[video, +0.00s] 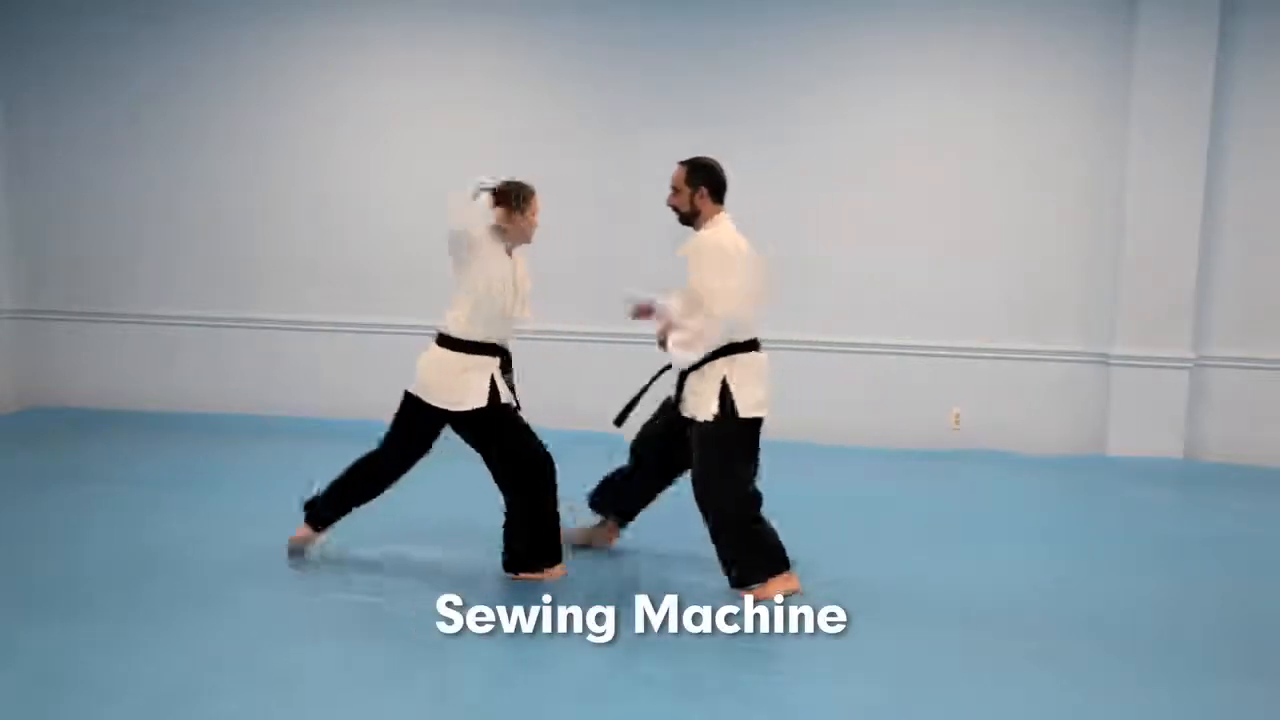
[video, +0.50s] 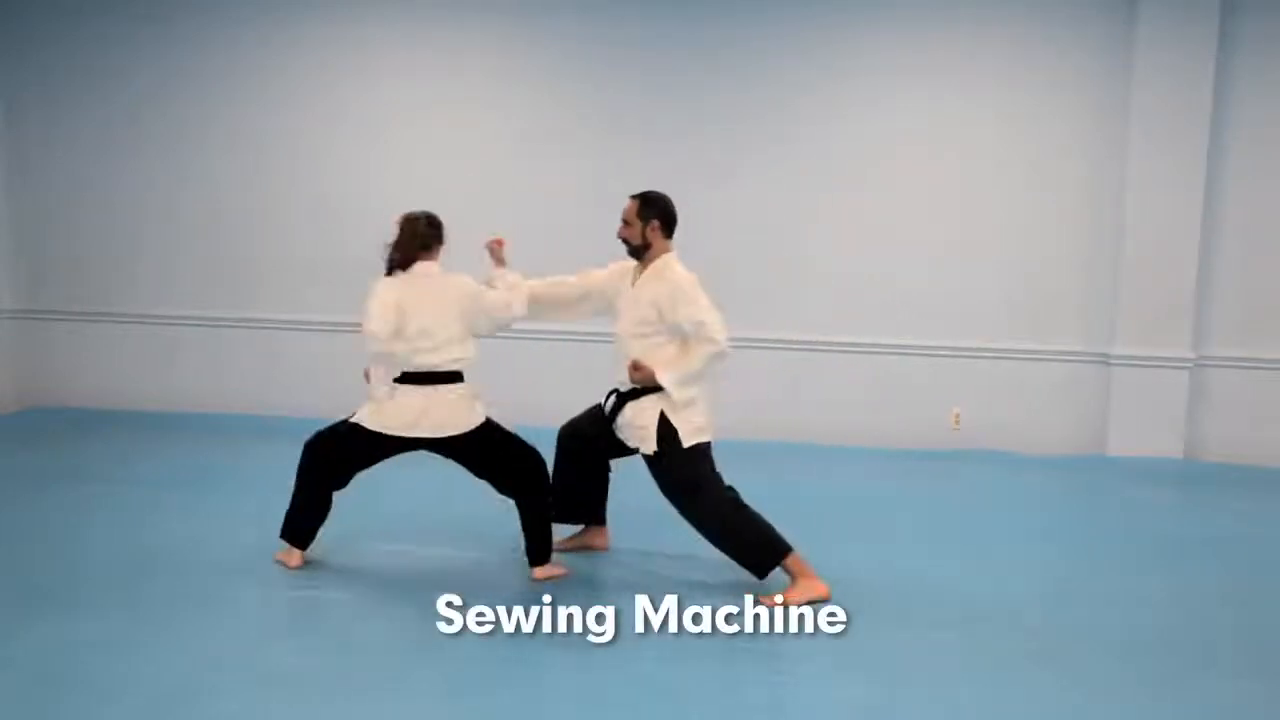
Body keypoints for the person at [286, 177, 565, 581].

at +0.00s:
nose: (538, 224)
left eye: (537, 216)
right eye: (533, 216)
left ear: (511, 217)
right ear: (511, 218)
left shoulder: (512, 260)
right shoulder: (476, 248)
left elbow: (500, 334)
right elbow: (462, 228)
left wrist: (510, 392)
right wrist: (476, 195)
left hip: (439, 376)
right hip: (464, 382)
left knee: (391, 459)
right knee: (532, 466)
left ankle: (315, 521)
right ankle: (527, 563)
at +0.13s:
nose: (495, 230)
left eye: (495, 222)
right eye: (493, 222)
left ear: (449, 223)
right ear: (478, 224)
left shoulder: (414, 265)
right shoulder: (475, 263)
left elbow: (395, 321)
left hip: (400, 393)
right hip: (455, 398)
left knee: (354, 466)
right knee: (527, 458)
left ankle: (306, 547)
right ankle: (527, 553)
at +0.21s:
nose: (473, 229)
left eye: (469, 221)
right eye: (466, 224)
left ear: (415, 233)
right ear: (451, 233)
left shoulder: (383, 275)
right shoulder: (470, 273)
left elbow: (341, 305)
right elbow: (506, 286)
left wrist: (380, 329)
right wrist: (485, 247)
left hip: (392, 402)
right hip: (454, 404)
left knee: (336, 457)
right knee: (523, 459)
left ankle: (305, 548)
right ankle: (534, 551)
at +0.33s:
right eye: (441, 238)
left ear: (398, 243)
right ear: (440, 242)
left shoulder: (384, 284)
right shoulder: (465, 284)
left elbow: (368, 334)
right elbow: (517, 300)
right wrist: (508, 259)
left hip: (393, 413)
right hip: (454, 415)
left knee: (321, 453)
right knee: (524, 468)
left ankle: (294, 549)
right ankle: (542, 562)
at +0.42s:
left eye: (398, 239)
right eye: (438, 240)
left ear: (398, 246)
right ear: (438, 245)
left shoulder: (384, 288)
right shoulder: (459, 287)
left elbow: (390, 338)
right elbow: (512, 306)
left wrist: (381, 373)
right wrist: (499, 267)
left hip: (396, 416)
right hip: (454, 417)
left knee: (322, 453)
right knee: (525, 468)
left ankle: (295, 550)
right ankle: (541, 563)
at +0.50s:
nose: (397, 241)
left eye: (400, 237)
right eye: (438, 240)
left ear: (401, 244)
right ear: (440, 246)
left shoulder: (387, 288)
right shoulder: (460, 288)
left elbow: (378, 338)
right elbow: (509, 309)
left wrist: (374, 376)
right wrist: (501, 268)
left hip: (395, 416)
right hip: (455, 417)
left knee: (321, 452)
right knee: (528, 468)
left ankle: (294, 549)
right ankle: (541, 563)